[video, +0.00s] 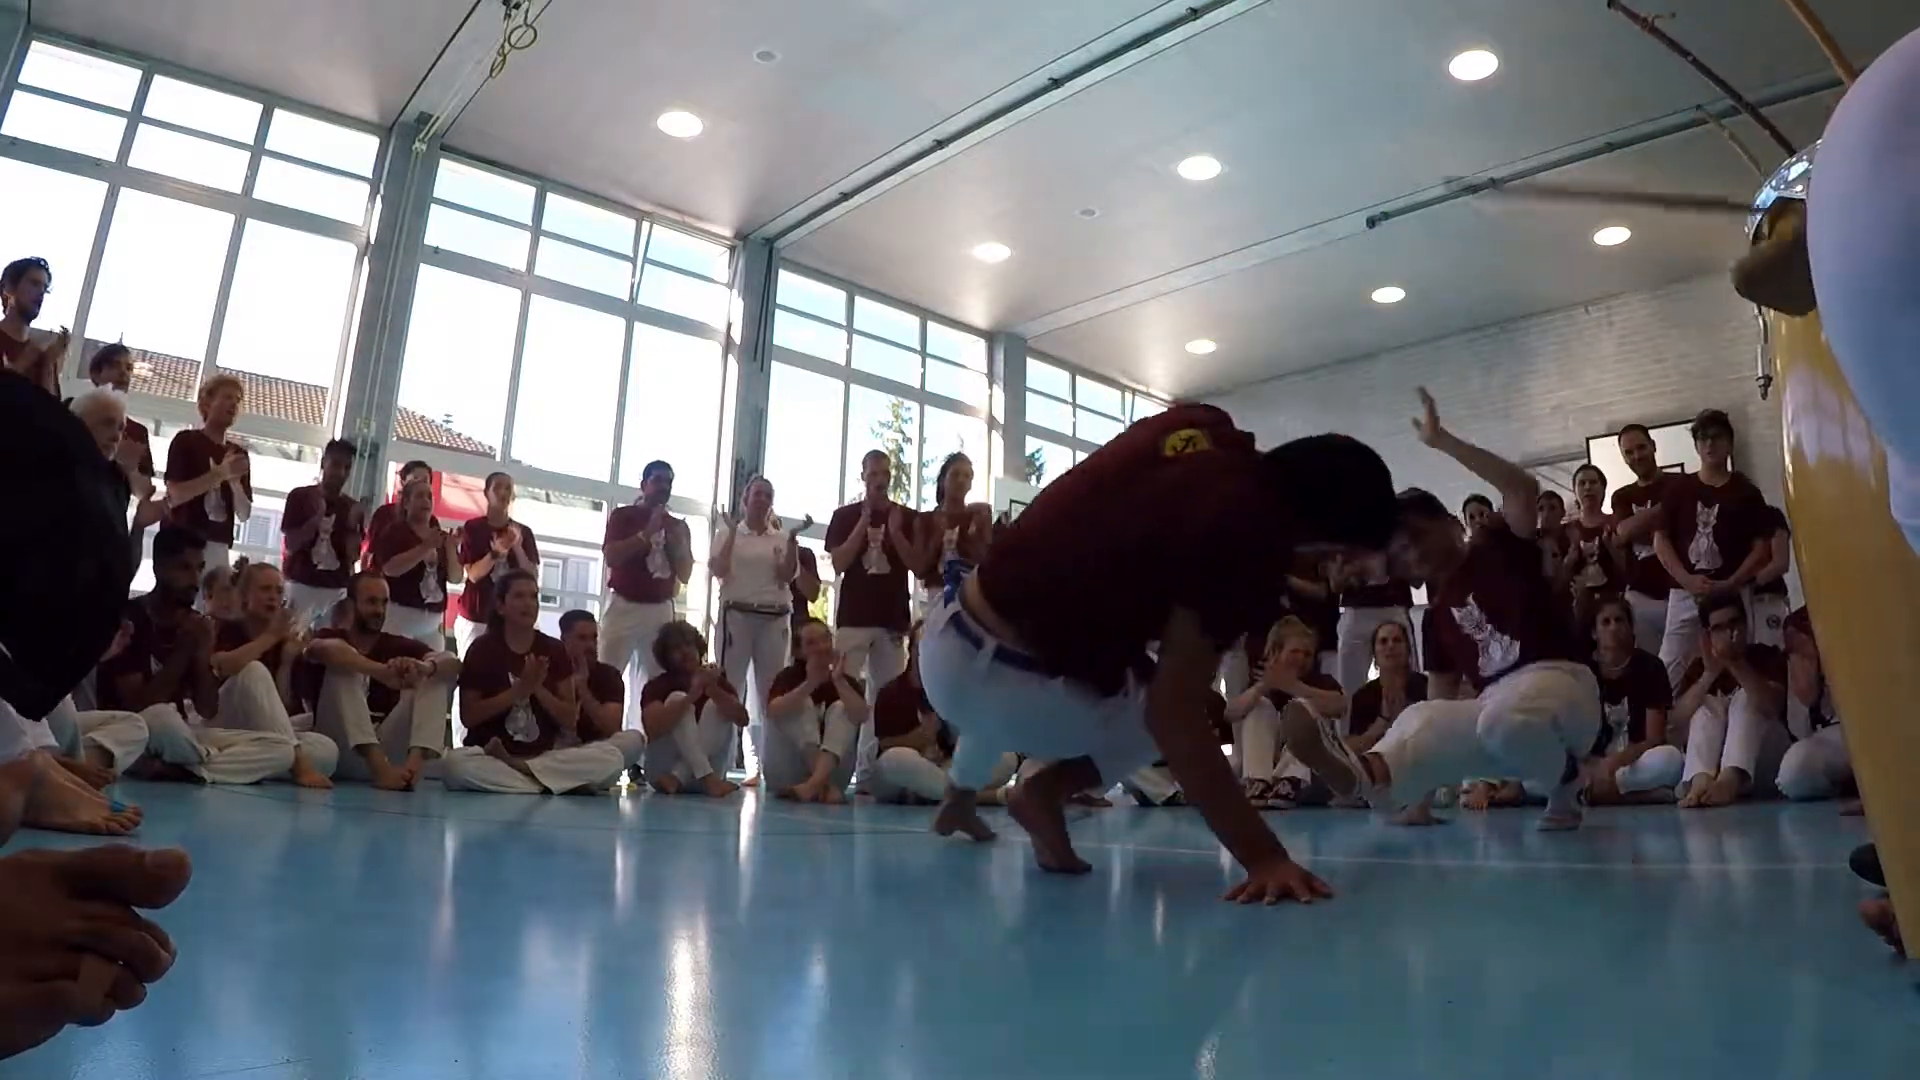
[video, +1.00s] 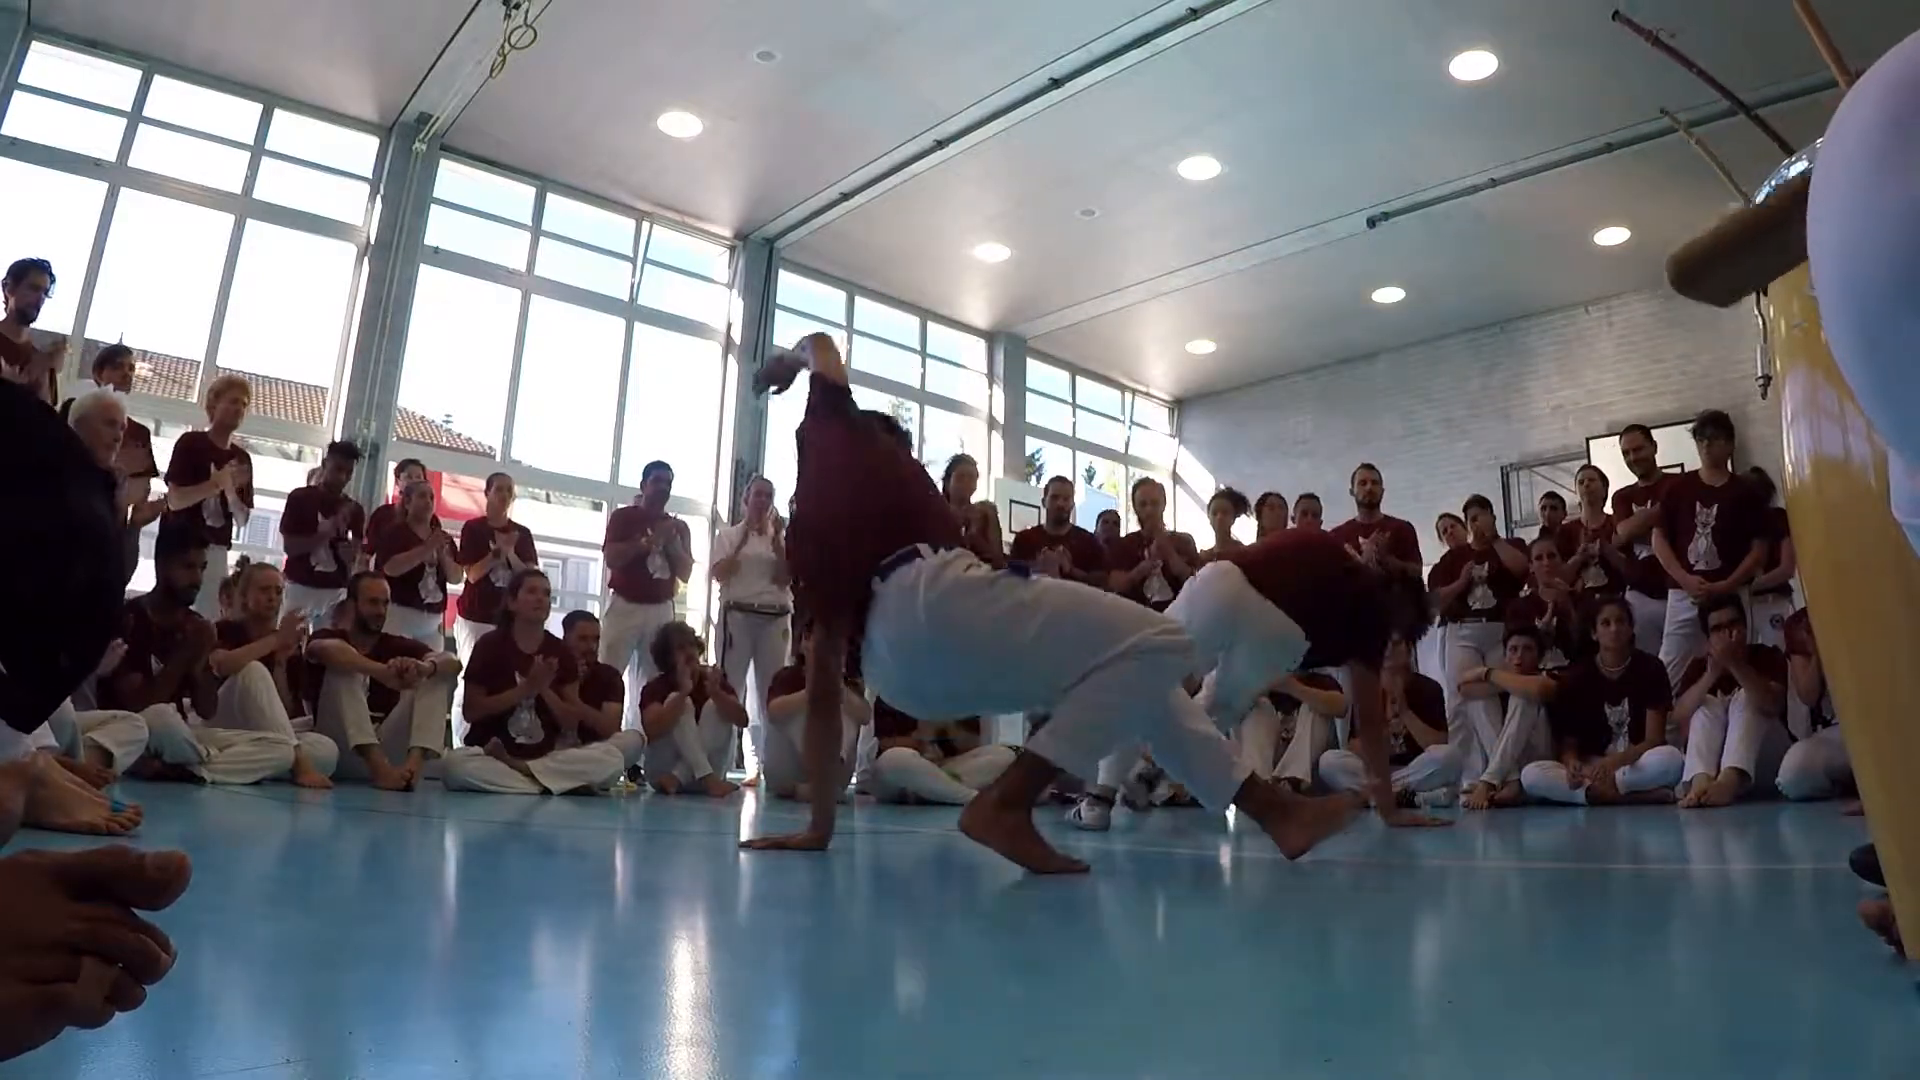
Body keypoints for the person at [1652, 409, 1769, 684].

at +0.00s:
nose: (1709, 445)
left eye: (1717, 438)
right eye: (1703, 439)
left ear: (1730, 444)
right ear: (1696, 445)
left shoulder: (1746, 491)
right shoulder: (1677, 488)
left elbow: (1761, 549)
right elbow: (1660, 541)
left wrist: (1730, 584)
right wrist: (1686, 579)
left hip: (1731, 591)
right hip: (1686, 593)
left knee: (1736, 668)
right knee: (1671, 669)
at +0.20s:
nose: (1710, 445)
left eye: (1717, 438)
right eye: (1703, 439)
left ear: (1730, 443)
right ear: (1696, 445)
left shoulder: (1745, 487)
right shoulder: (1678, 488)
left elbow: (1762, 551)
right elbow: (1660, 541)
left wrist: (1726, 585)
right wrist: (1686, 579)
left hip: (1732, 592)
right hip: (1685, 594)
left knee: (1734, 671)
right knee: (1670, 671)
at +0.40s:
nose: (1709, 445)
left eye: (1716, 438)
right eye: (1703, 439)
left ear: (1728, 443)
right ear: (1695, 445)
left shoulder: (1747, 488)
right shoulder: (1677, 488)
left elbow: (1760, 551)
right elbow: (1659, 541)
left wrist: (1726, 585)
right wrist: (1686, 579)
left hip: (1731, 592)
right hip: (1684, 594)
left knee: (1734, 669)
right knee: (1670, 671)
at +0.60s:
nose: (1708, 445)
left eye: (1716, 438)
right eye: (1702, 439)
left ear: (1728, 443)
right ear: (1694, 445)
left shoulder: (1748, 490)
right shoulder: (1676, 489)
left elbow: (1760, 552)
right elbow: (1658, 540)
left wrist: (1726, 585)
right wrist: (1685, 579)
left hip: (1731, 593)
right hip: (1684, 595)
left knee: (1734, 669)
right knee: (1670, 672)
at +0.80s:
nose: (1708, 445)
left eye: (1715, 439)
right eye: (1701, 439)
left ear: (1728, 444)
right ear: (1694, 445)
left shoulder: (1747, 490)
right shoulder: (1676, 489)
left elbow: (1760, 549)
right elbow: (1658, 540)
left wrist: (1728, 585)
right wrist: (1685, 579)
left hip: (1730, 594)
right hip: (1683, 596)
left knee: (1734, 672)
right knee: (1670, 674)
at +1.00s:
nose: (1706, 446)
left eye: (1714, 440)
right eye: (1701, 440)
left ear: (1730, 445)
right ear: (1696, 445)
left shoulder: (1749, 491)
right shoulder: (1677, 488)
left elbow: (1759, 550)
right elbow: (1658, 539)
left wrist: (1726, 586)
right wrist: (1684, 579)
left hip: (1731, 594)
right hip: (1683, 596)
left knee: (1735, 671)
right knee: (1669, 673)